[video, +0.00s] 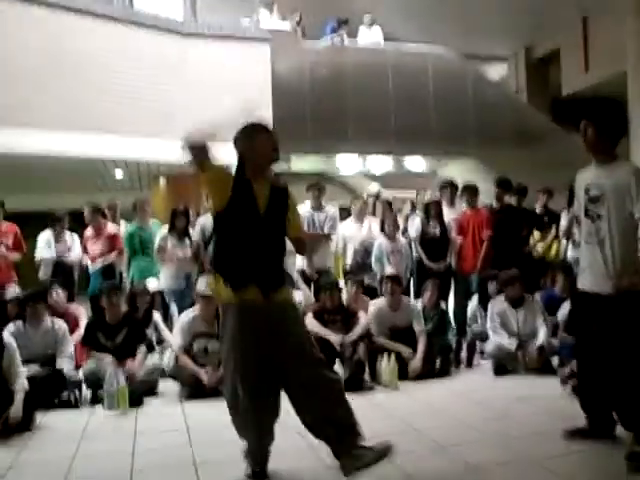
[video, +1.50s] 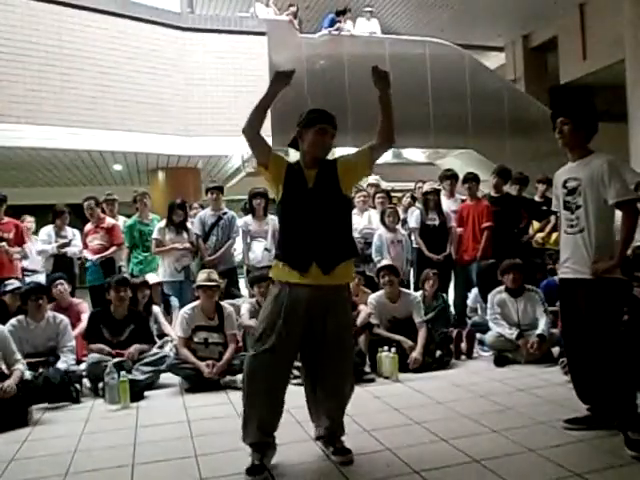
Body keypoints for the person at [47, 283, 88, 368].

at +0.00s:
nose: (54, 296)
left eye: (58, 292)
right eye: (51, 292)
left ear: (66, 294)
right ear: (47, 296)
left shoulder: (76, 310)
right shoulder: (49, 313)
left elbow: (81, 329)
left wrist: (69, 342)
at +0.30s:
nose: (53, 294)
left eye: (56, 290)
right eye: (50, 290)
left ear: (63, 288)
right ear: (47, 292)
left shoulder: (75, 302)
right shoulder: (50, 306)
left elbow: (81, 320)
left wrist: (71, 333)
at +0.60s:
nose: (54, 293)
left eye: (55, 288)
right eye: (49, 291)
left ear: (64, 287)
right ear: (47, 296)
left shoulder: (77, 304)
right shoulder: (48, 310)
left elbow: (82, 322)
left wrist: (70, 335)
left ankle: (82, 357)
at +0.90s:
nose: (54, 291)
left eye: (56, 286)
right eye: (50, 289)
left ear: (66, 287)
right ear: (48, 295)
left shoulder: (78, 304)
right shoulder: (49, 310)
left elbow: (83, 322)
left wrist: (71, 334)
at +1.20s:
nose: (57, 293)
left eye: (58, 288)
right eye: (52, 291)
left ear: (66, 288)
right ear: (50, 296)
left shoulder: (78, 304)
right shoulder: (50, 310)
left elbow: (84, 321)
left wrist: (71, 335)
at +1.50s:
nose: (60, 288)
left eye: (62, 284)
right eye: (55, 287)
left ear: (69, 287)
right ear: (51, 293)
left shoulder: (80, 305)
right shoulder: (50, 309)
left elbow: (84, 322)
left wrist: (72, 335)